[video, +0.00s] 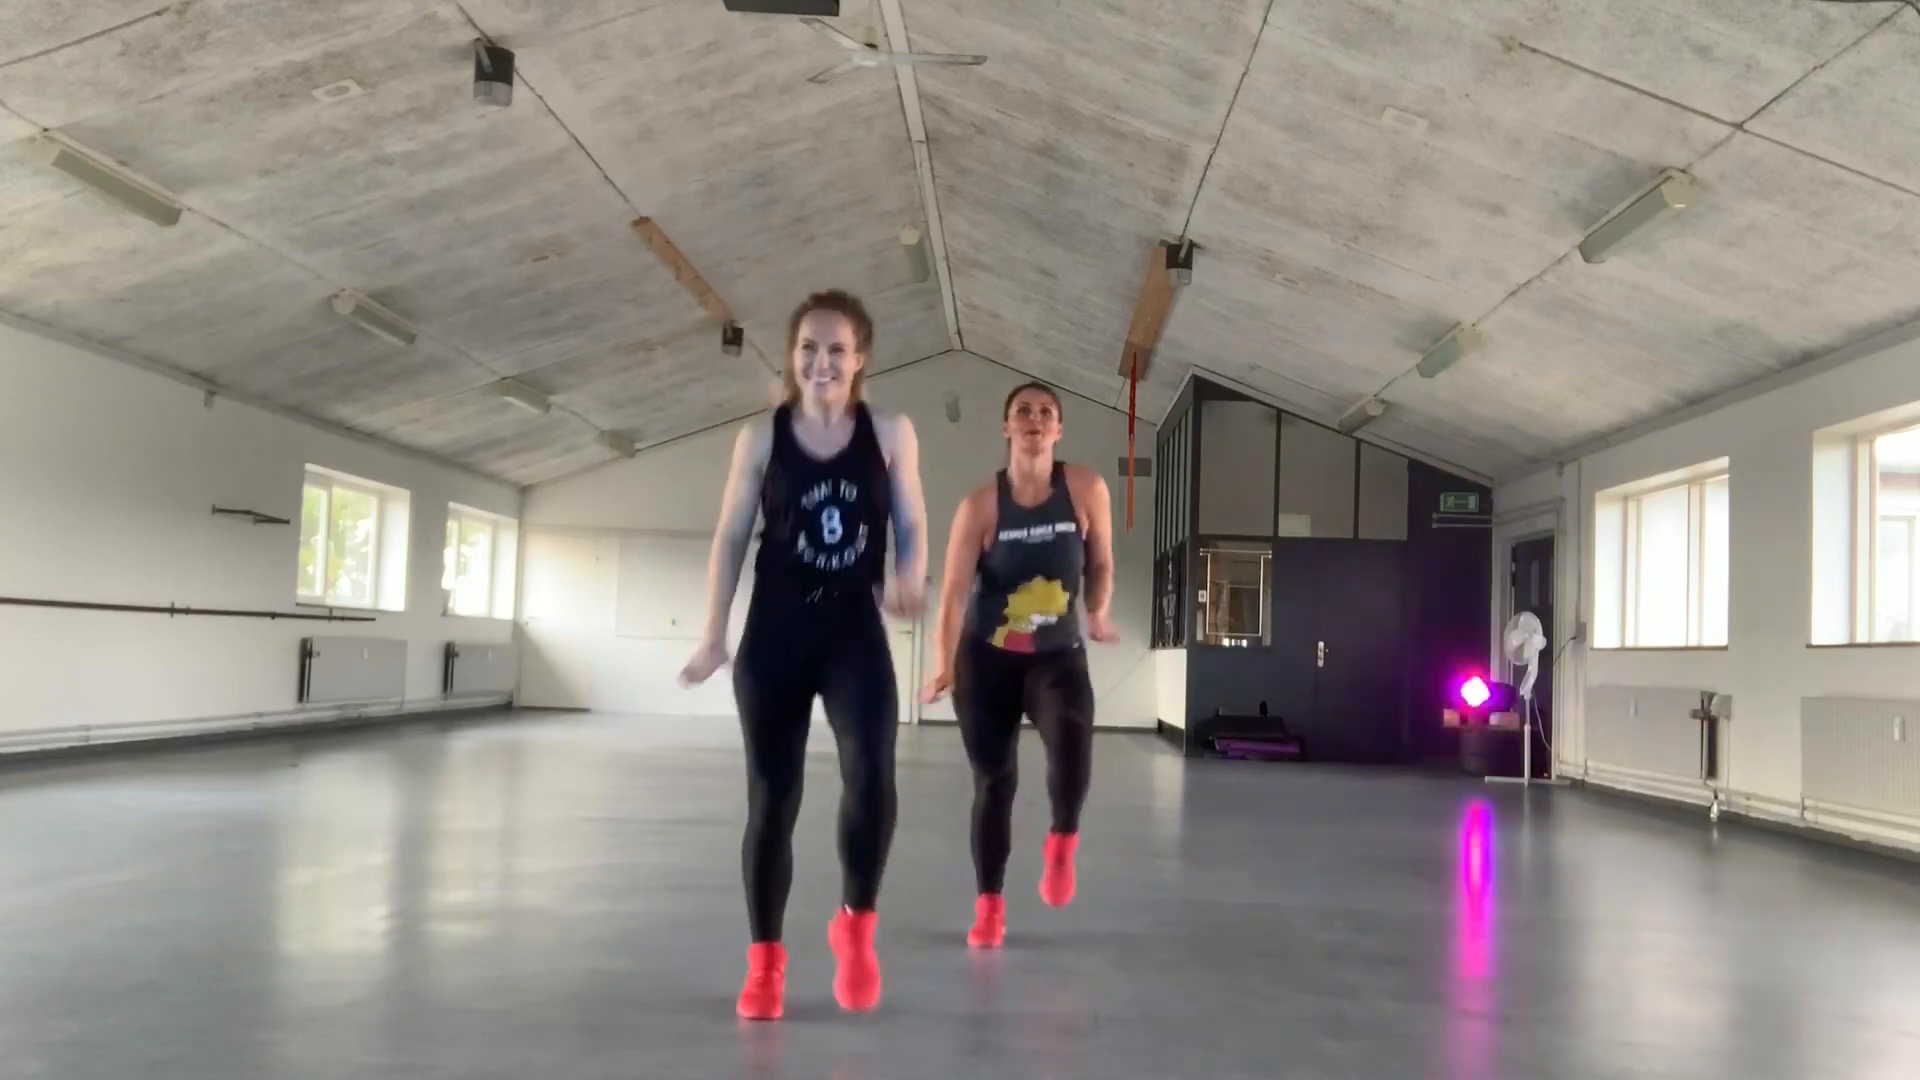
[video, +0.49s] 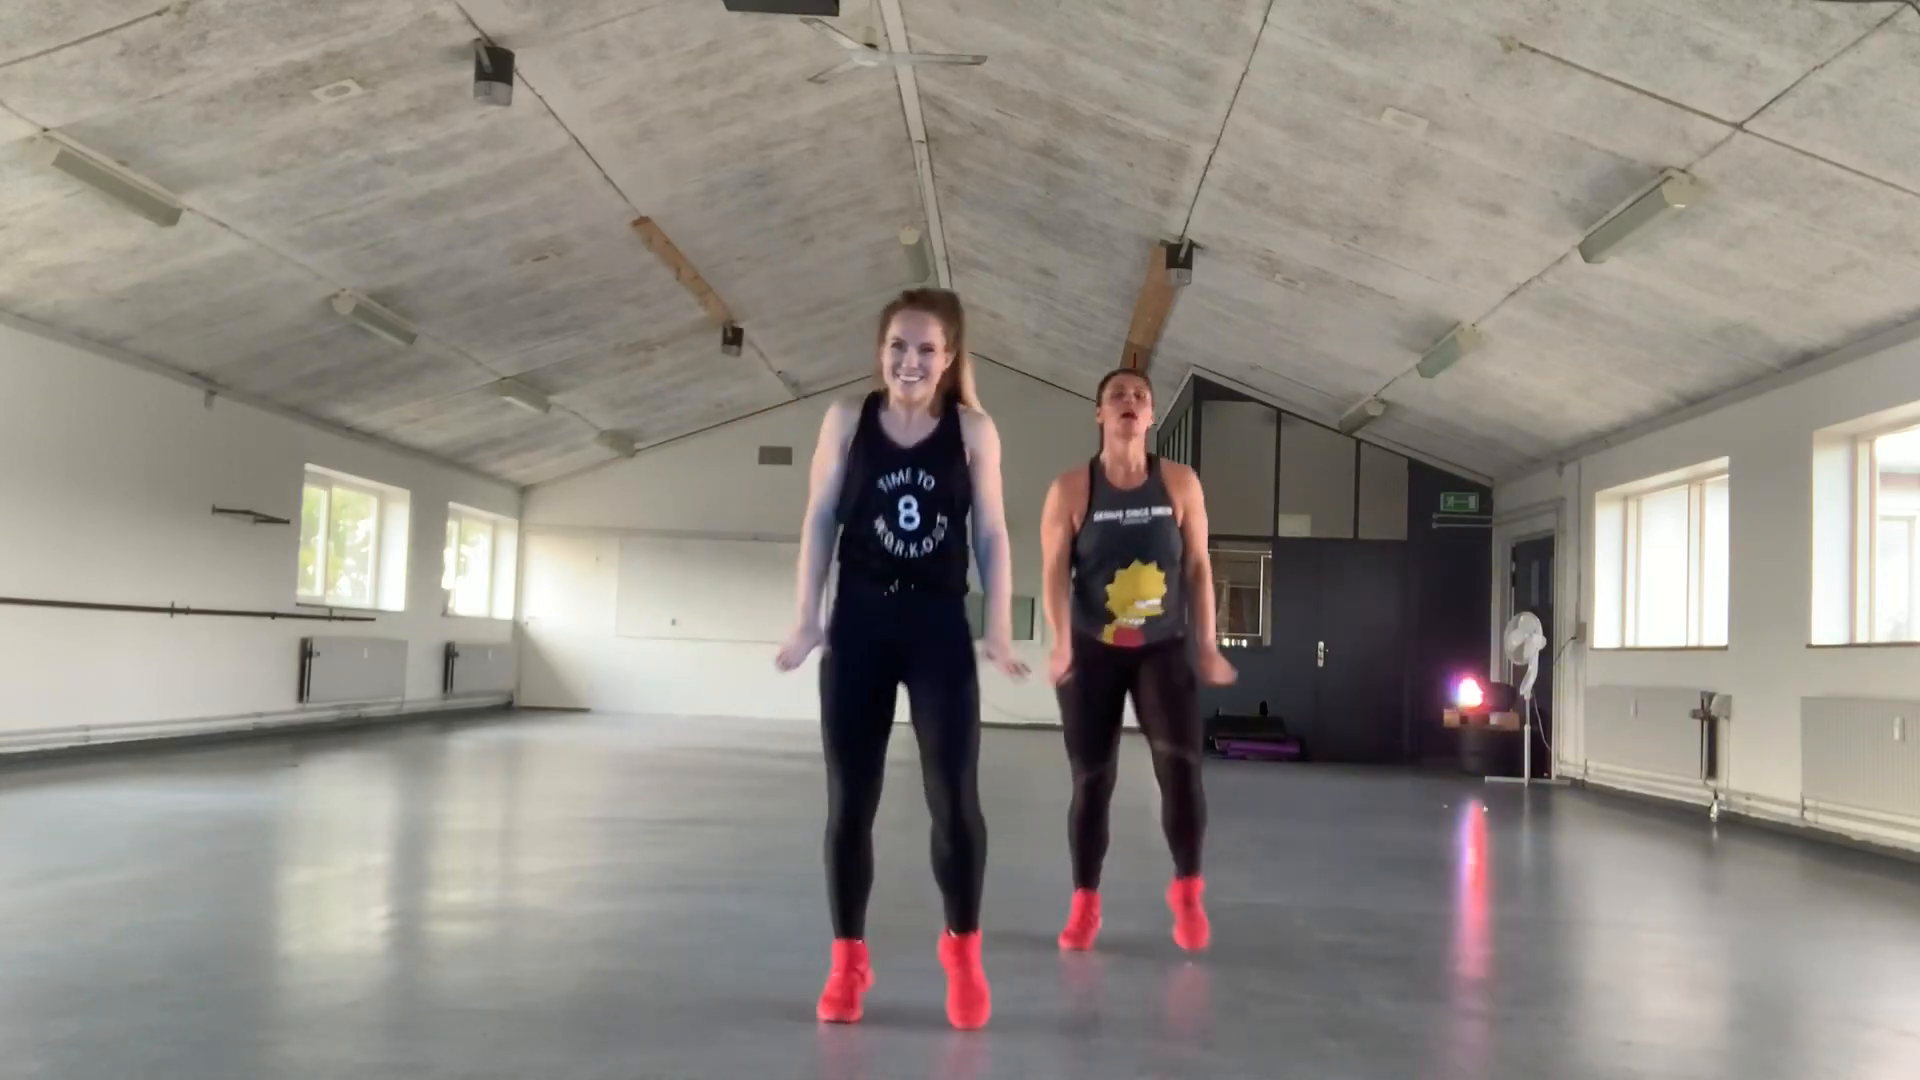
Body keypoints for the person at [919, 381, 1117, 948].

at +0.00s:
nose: (1035, 422)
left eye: (1045, 413)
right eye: (1024, 413)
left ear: (1059, 429)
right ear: (1006, 428)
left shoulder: (1086, 488)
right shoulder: (979, 505)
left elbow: (1100, 563)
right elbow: (954, 592)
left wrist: (1096, 612)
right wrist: (944, 663)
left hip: (1056, 655)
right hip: (987, 656)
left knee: (1070, 727)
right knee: (995, 779)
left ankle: (1063, 840)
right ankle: (988, 899)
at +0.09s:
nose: (1057, 401)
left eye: (1067, 394)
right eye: (1046, 392)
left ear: (1080, 408)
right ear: (1027, 405)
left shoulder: (1106, 483)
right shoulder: (999, 463)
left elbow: (1117, 568)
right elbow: (977, 549)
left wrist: (1128, 649)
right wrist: (972, 624)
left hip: (1081, 641)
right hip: (1009, 639)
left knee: (1085, 765)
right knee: (1007, 770)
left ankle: (1093, 897)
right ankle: (997, 895)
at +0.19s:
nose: (1076, 404)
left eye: (1085, 396)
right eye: (1064, 396)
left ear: (1099, 411)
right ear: (1045, 409)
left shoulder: (1125, 489)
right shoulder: (1021, 459)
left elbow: (1139, 573)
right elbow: (992, 535)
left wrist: (1155, 651)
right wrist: (985, 604)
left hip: (1105, 648)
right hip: (1031, 644)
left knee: (1094, 772)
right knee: (1023, 767)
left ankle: (1102, 904)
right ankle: (1036, 886)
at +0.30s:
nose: (1094, 419)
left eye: (1104, 411)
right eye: (1083, 411)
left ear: (1118, 426)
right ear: (1065, 425)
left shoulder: (1146, 494)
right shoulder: (1035, 492)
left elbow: (1157, 577)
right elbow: (1005, 573)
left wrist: (1161, 644)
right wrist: (995, 643)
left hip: (1120, 651)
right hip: (1048, 651)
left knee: (1127, 759)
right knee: (1063, 777)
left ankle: (1123, 884)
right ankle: (1070, 900)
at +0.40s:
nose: (1111, 428)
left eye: (1121, 420)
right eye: (1100, 420)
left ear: (1134, 436)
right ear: (1080, 437)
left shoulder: (1162, 502)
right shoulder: (1053, 513)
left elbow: (1178, 580)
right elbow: (1029, 599)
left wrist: (1176, 631)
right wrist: (1020, 672)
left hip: (1136, 667)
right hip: (1066, 666)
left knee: (1162, 733)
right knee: (1080, 790)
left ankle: (1152, 859)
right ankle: (1081, 904)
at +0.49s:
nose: (1130, 405)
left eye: (1139, 398)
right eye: (1119, 397)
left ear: (1153, 414)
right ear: (1099, 413)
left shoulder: (1181, 483)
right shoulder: (1069, 489)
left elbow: (1198, 566)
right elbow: (1055, 572)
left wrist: (1207, 643)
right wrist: (1061, 642)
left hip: (1165, 651)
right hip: (1090, 652)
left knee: (1181, 767)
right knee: (1091, 781)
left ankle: (1188, 888)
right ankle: (1084, 899)